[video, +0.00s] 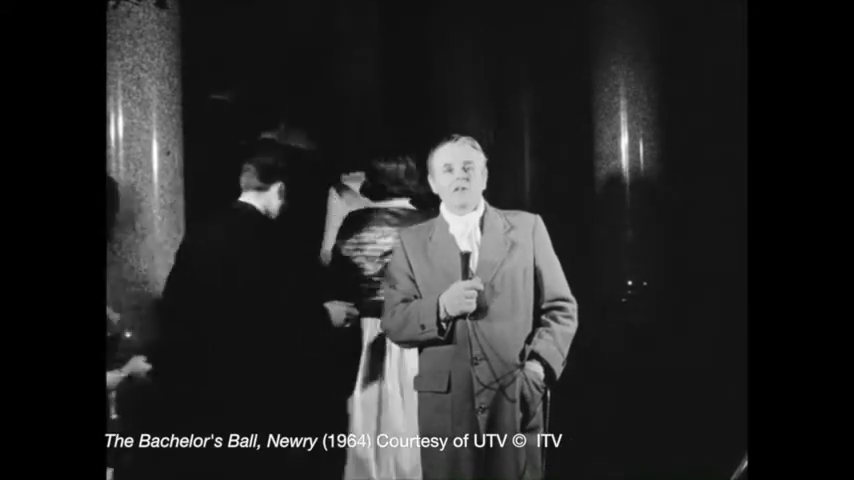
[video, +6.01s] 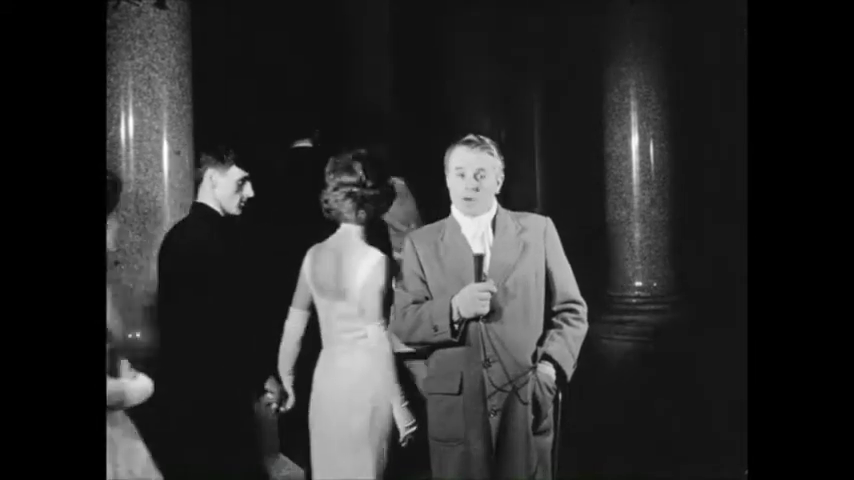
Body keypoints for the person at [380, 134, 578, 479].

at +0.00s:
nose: (460, 175)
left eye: (469, 165)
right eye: (447, 168)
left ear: (485, 176)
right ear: (432, 183)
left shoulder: (527, 228)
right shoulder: (411, 241)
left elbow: (560, 306)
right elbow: (394, 320)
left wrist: (539, 364)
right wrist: (440, 308)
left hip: (515, 395)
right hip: (444, 398)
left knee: (519, 474)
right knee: (446, 474)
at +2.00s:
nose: (470, 174)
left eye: (480, 166)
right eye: (459, 167)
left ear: (497, 178)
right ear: (444, 181)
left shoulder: (537, 231)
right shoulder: (420, 242)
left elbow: (569, 309)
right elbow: (404, 321)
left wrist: (551, 363)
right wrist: (453, 306)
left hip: (523, 399)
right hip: (452, 402)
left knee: (527, 474)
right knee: (453, 473)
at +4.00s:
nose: (480, 186)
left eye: (490, 177)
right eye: (471, 176)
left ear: (510, 180)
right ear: (458, 180)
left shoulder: (549, 230)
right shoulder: (431, 240)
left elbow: (580, 310)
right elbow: (413, 318)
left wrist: (557, 366)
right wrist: (461, 308)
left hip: (531, 397)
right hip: (461, 398)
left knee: (533, 474)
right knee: (460, 474)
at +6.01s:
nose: (470, 185)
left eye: (480, 175)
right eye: (461, 175)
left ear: (499, 181)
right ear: (447, 181)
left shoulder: (538, 231)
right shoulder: (419, 244)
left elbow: (570, 309)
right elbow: (402, 322)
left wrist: (550, 365)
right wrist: (453, 309)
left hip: (525, 398)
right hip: (453, 400)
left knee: (527, 475)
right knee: (456, 474)